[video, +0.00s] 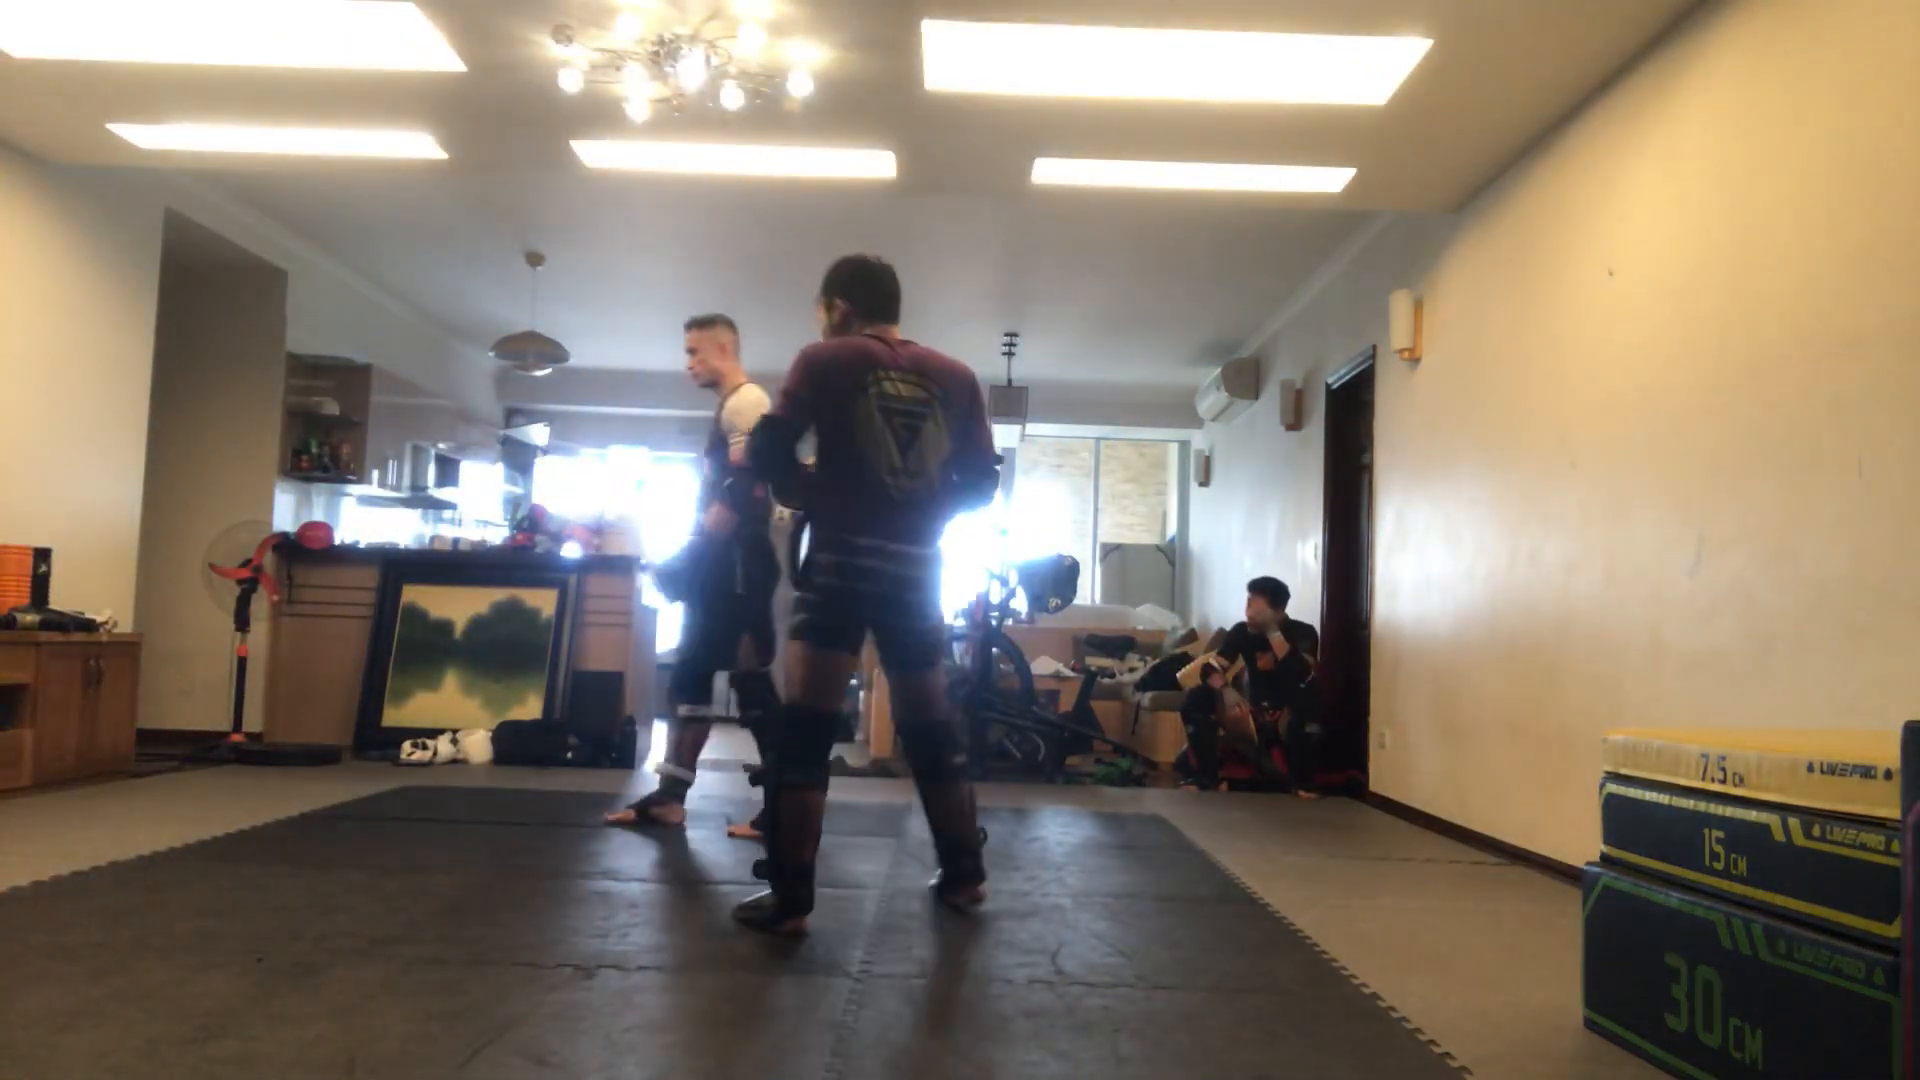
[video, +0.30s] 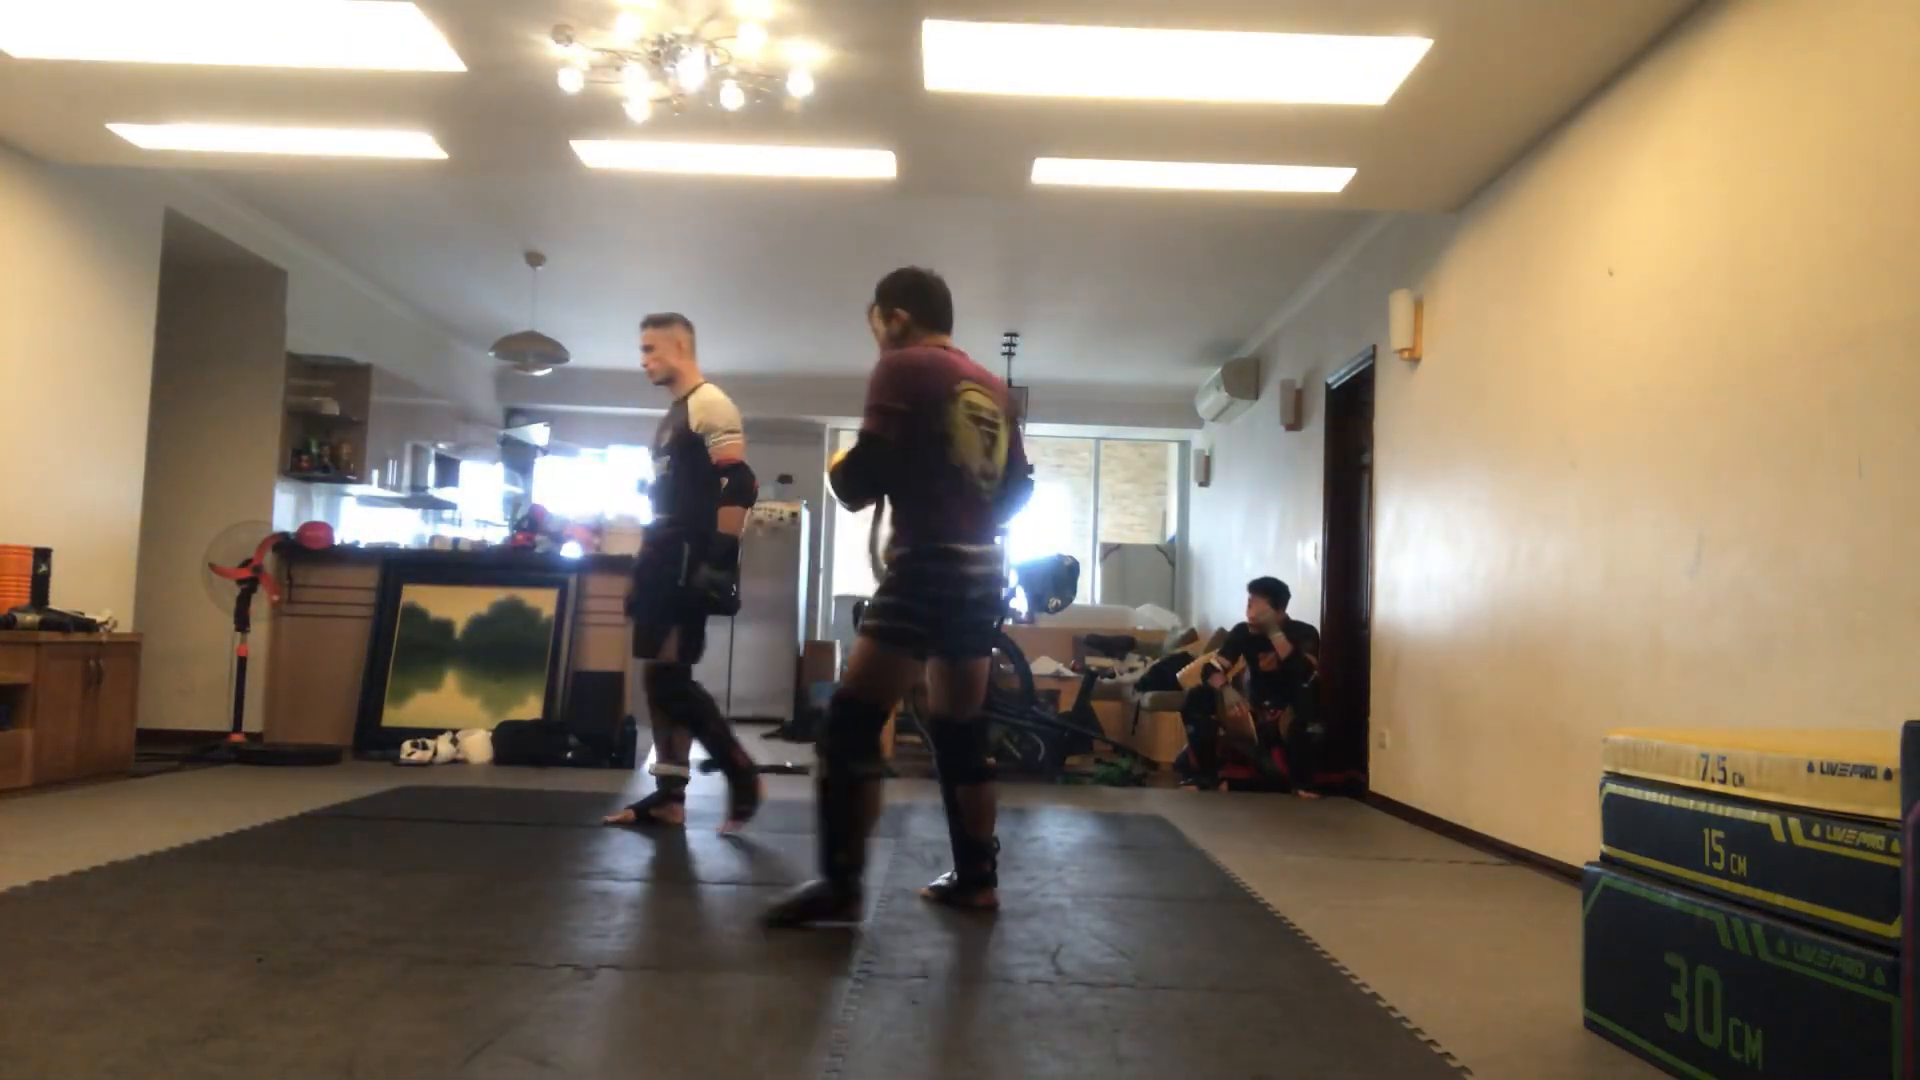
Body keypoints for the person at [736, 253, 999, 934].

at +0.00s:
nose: (821, 324)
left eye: (822, 315)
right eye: (821, 316)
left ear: (839, 310)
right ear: (894, 311)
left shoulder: (822, 361)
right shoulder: (957, 377)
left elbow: (768, 454)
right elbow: (980, 480)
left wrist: (813, 496)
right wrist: (919, 507)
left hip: (837, 567)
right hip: (913, 573)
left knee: (807, 726)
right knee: (930, 725)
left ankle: (791, 898)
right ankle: (963, 877)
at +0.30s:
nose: (877, 337)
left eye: (877, 325)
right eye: (875, 326)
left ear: (899, 318)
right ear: (942, 321)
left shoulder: (902, 366)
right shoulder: (990, 382)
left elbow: (861, 483)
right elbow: (1018, 480)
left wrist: (842, 466)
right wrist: (969, 519)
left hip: (922, 570)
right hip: (982, 574)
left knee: (854, 717)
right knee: (960, 725)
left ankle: (841, 887)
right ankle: (976, 877)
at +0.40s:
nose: (890, 348)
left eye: (889, 335)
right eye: (886, 336)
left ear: (913, 321)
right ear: (947, 322)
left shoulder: (920, 371)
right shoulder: (994, 380)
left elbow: (884, 479)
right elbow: (973, 487)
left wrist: (837, 465)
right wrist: (895, 520)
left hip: (939, 564)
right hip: (989, 568)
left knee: (873, 708)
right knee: (968, 720)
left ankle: (897, 881)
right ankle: (976, 877)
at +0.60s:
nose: (908, 358)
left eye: (908, 343)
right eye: (904, 346)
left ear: (934, 325)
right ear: (955, 327)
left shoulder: (949, 375)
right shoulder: (996, 379)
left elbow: (909, 475)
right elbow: (959, 489)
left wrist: (844, 449)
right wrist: (880, 520)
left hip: (953, 572)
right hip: (989, 569)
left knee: (930, 731)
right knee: (967, 730)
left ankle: (1002, 871)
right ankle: (976, 864)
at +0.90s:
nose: (912, 364)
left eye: (912, 348)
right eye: (904, 352)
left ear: (951, 327)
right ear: (956, 330)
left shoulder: (982, 379)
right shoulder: (972, 384)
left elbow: (953, 486)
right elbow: (954, 485)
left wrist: (871, 516)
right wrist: (904, 510)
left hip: (972, 575)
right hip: (949, 575)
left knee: (970, 727)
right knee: (940, 724)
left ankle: (1012, 886)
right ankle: (973, 870)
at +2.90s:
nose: (962, 350)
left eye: (973, 335)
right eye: (957, 336)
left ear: (1016, 329)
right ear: (957, 332)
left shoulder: (1039, 390)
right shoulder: (969, 392)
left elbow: (978, 463)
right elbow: (920, 447)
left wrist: (891, 487)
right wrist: (875, 456)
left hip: (991, 574)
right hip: (941, 573)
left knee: (986, 733)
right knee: (913, 726)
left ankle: (1017, 892)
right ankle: (899, 867)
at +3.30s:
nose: (949, 331)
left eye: (959, 316)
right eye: (948, 318)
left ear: (1001, 316)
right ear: (989, 319)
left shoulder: (1036, 388)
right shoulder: (972, 396)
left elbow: (998, 486)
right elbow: (946, 487)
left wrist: (933, 539)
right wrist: (900, 510)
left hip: (1017, 573)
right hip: (974, 570)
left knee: (1000, 731)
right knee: (929, 720)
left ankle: (1018, 894)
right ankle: (901, 867)